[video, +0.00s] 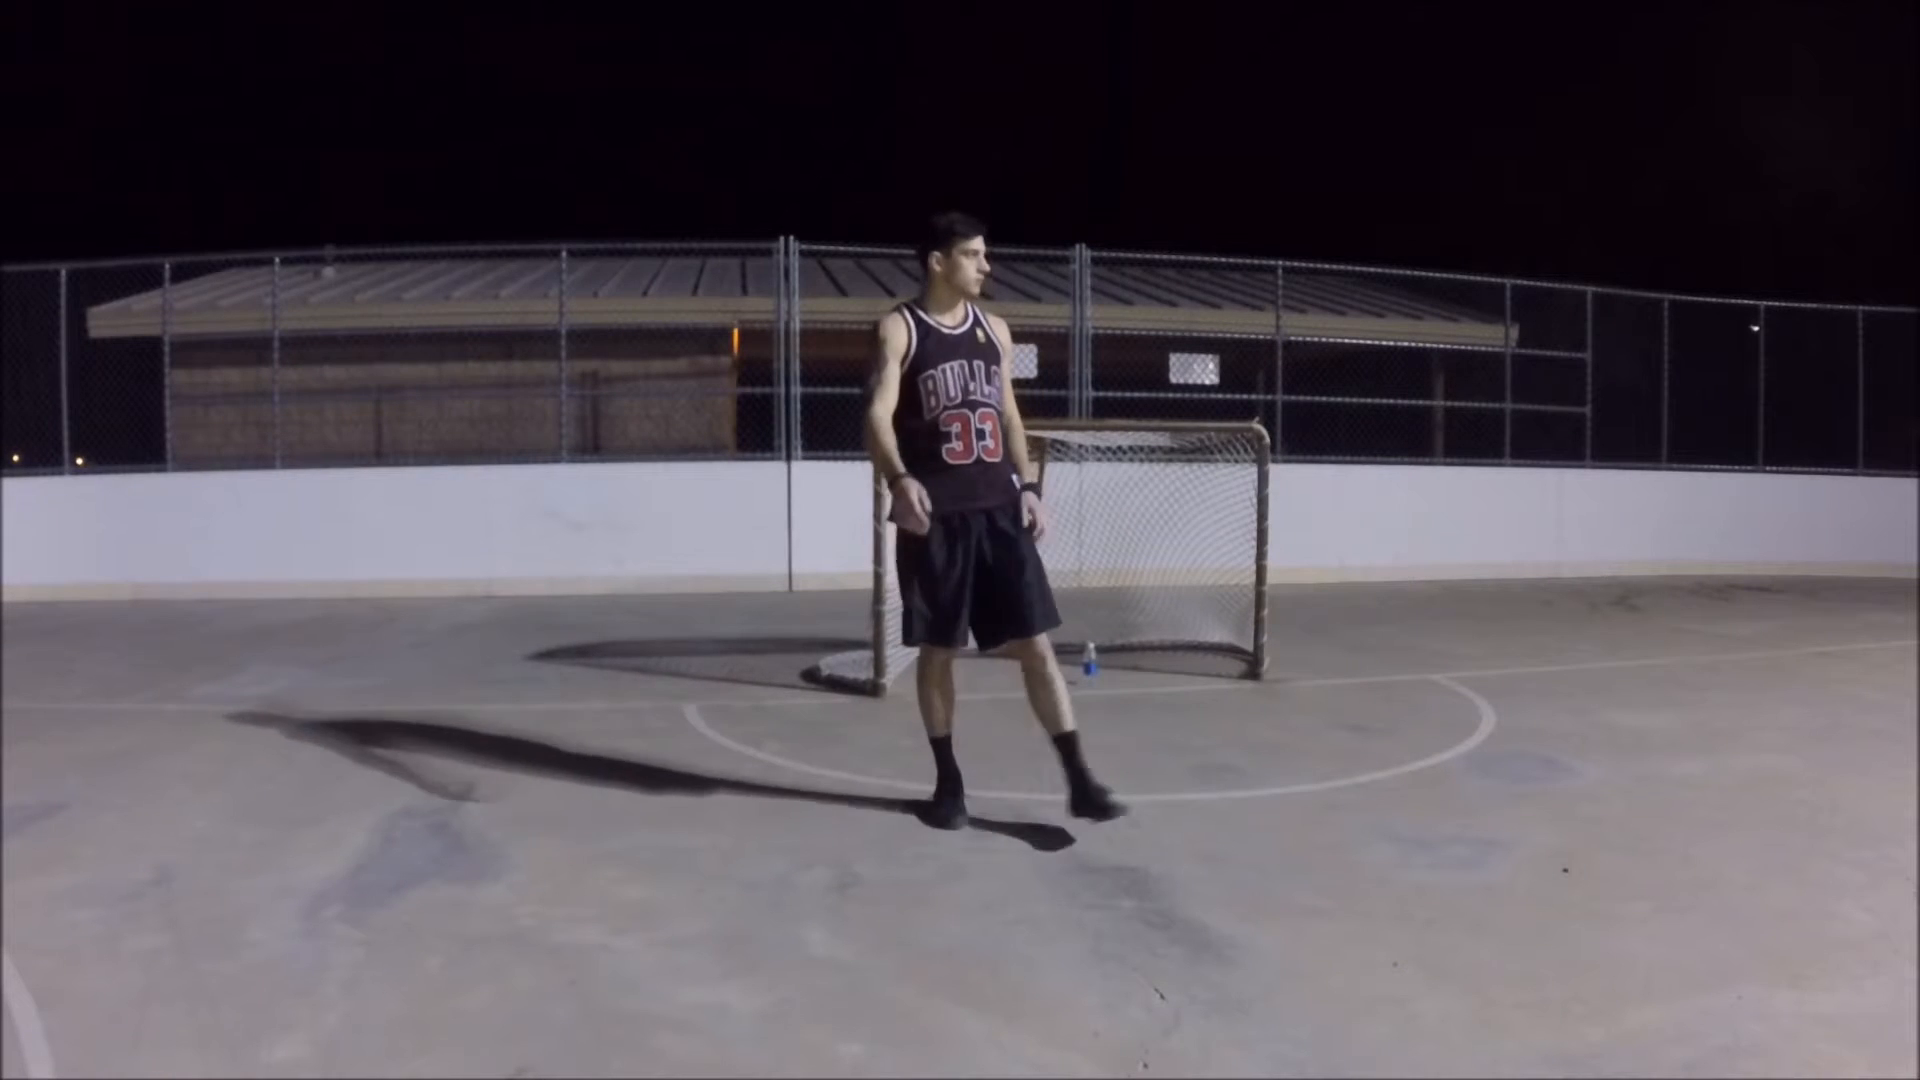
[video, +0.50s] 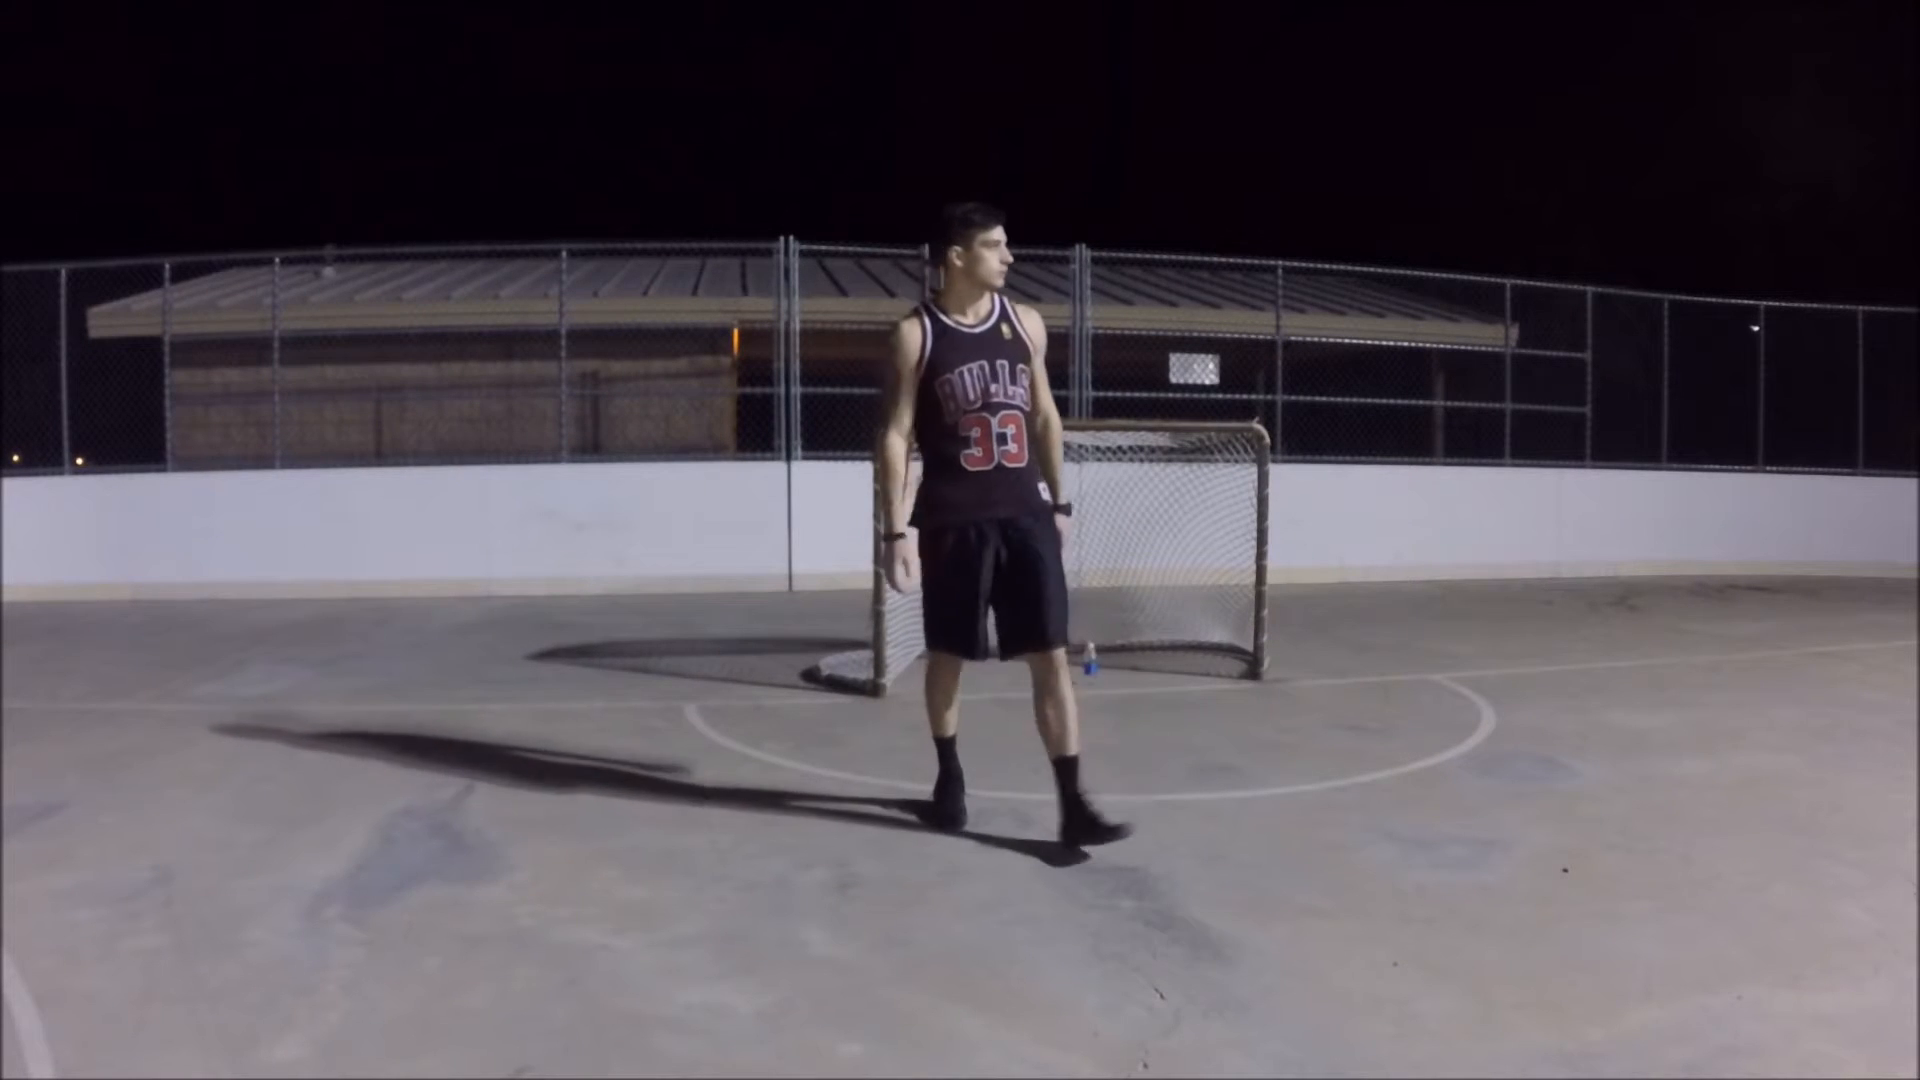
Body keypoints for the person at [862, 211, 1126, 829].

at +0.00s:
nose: (983, 266)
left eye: (984, 256)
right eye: (971, 256)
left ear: (980, 264)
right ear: (936, 262)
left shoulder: (993, 327)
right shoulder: (901, 326)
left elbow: (1009, 415)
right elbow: (878, 414)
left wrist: (1028, 484)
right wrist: (898, 478)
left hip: (1001, 511)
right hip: (935, 517)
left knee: (1037, 647)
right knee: (938, 651)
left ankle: (1081, 782)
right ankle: (948, 784)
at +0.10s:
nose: (986, 261)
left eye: (987, 250)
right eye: (975, 251)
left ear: (977, 260)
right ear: (938, 258)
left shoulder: (993, 324)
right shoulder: (899, 324)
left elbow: (1011, 411)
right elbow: (878, 414)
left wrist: (1031, 480)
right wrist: (907, 464)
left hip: (1003, 504)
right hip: (936, 512)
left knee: (1056, 631)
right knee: (940, 651)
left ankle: (1115, 766)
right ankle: (948, 783)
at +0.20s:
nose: (990, 259)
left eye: (991, 248)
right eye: (979, 249)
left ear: (979, 258)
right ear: (942, 256)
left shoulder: (996, 321)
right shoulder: (901, 323)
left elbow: (1014, 409)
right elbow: (880, 416)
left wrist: (1040, 479)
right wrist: (912, 466)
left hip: (1006, 496)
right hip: (939, 507)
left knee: (1072, 615)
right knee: (942, 650)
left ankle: (1128, 758)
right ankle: (949, 782)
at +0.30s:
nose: (995, 259)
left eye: (995, 248)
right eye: (984, 248)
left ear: (982, 256)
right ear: (945, 255)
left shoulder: (1002, 320)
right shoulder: (901, 324)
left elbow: (1022, 409)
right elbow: (886, 420)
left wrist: (1050, 487)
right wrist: (914, 490)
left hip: (1010, 495)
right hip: (941, 504)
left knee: (1074, 617)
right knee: (944, 647)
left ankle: (1129, 765)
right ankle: (948, 780)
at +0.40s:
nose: (999, 257)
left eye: (998, 246)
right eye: (987, 247)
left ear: (986, 255)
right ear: (949, 254)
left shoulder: (1011, 321)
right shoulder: (906, 328)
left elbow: (1034, 413)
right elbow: (891, 428)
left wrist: (1055, 495)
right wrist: (907, 516)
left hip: (1019, 506)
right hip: (948, 512)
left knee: (1065, 638)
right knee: (946, 650)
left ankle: (1115, 783)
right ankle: (949, 782)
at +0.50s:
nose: (1007, 256)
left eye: (1006, 245)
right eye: (994, 246)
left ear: (994, 255)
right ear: (955, 257)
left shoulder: (1026, 322)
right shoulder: (917, 334)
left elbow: (1045, 413)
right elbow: (896, 433)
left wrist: (1059, 500)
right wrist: (895, 527)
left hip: (1025, 513)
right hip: (953, 519)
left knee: (1051, 654)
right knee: (946, 655)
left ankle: (1074, 805)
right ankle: (949, 778)